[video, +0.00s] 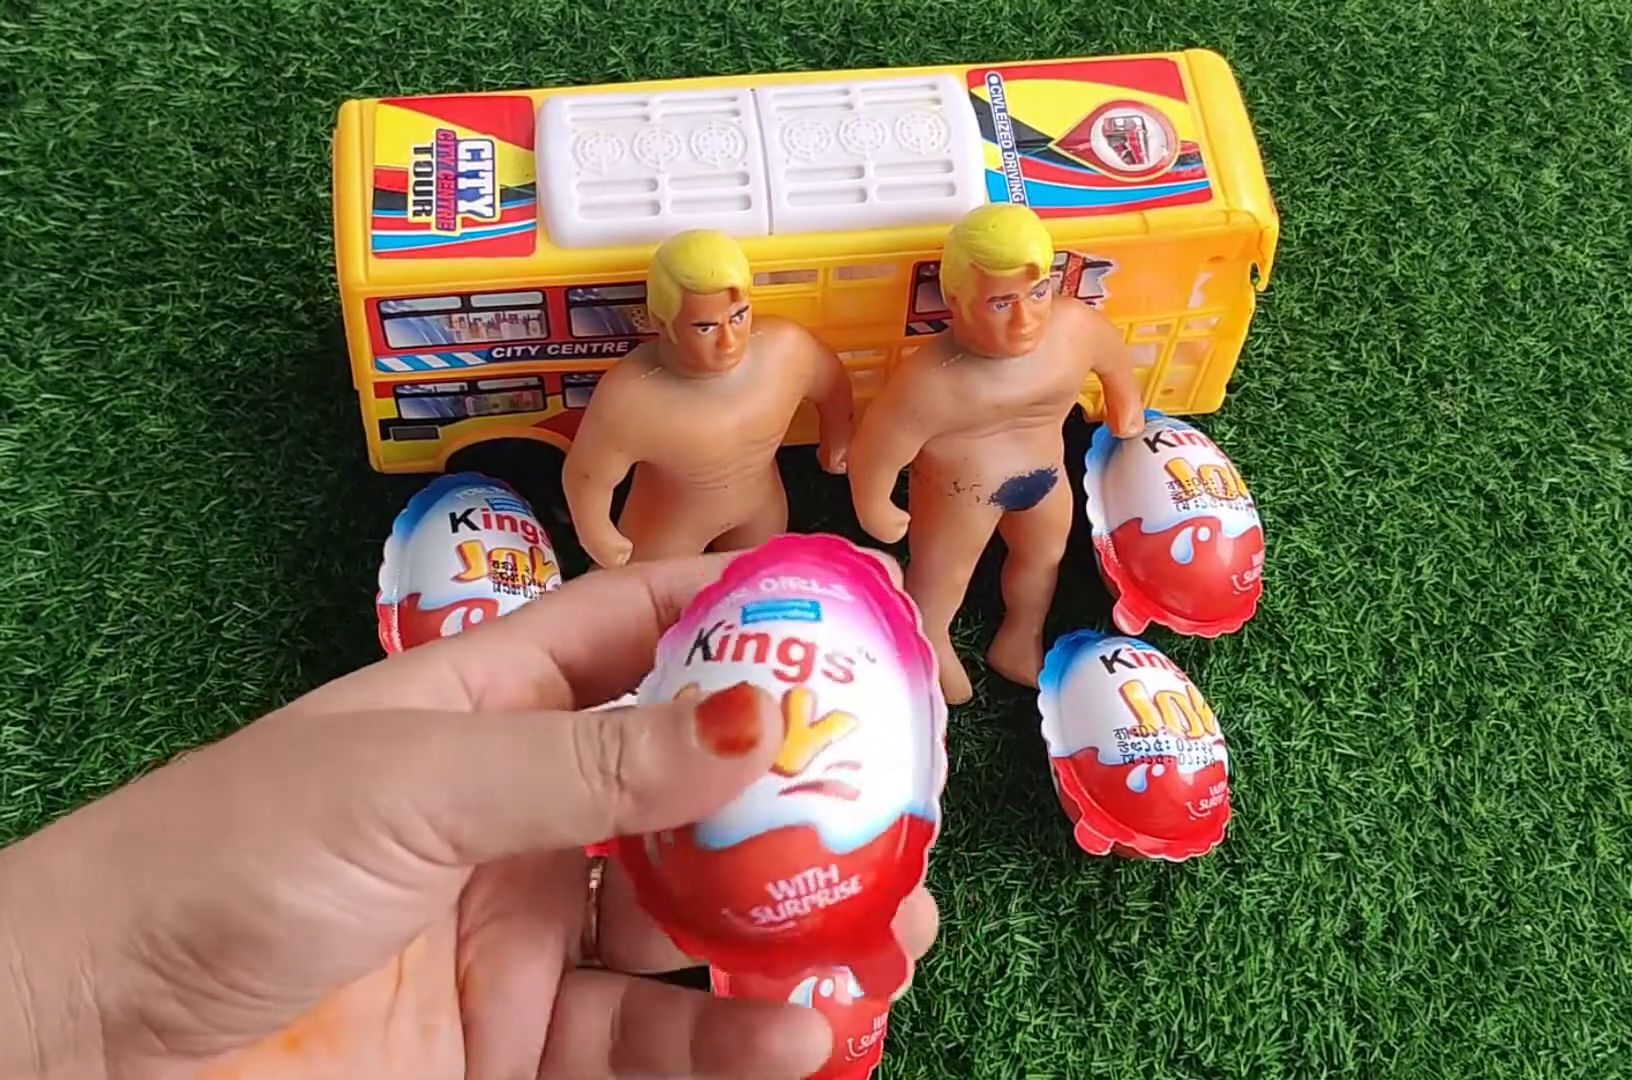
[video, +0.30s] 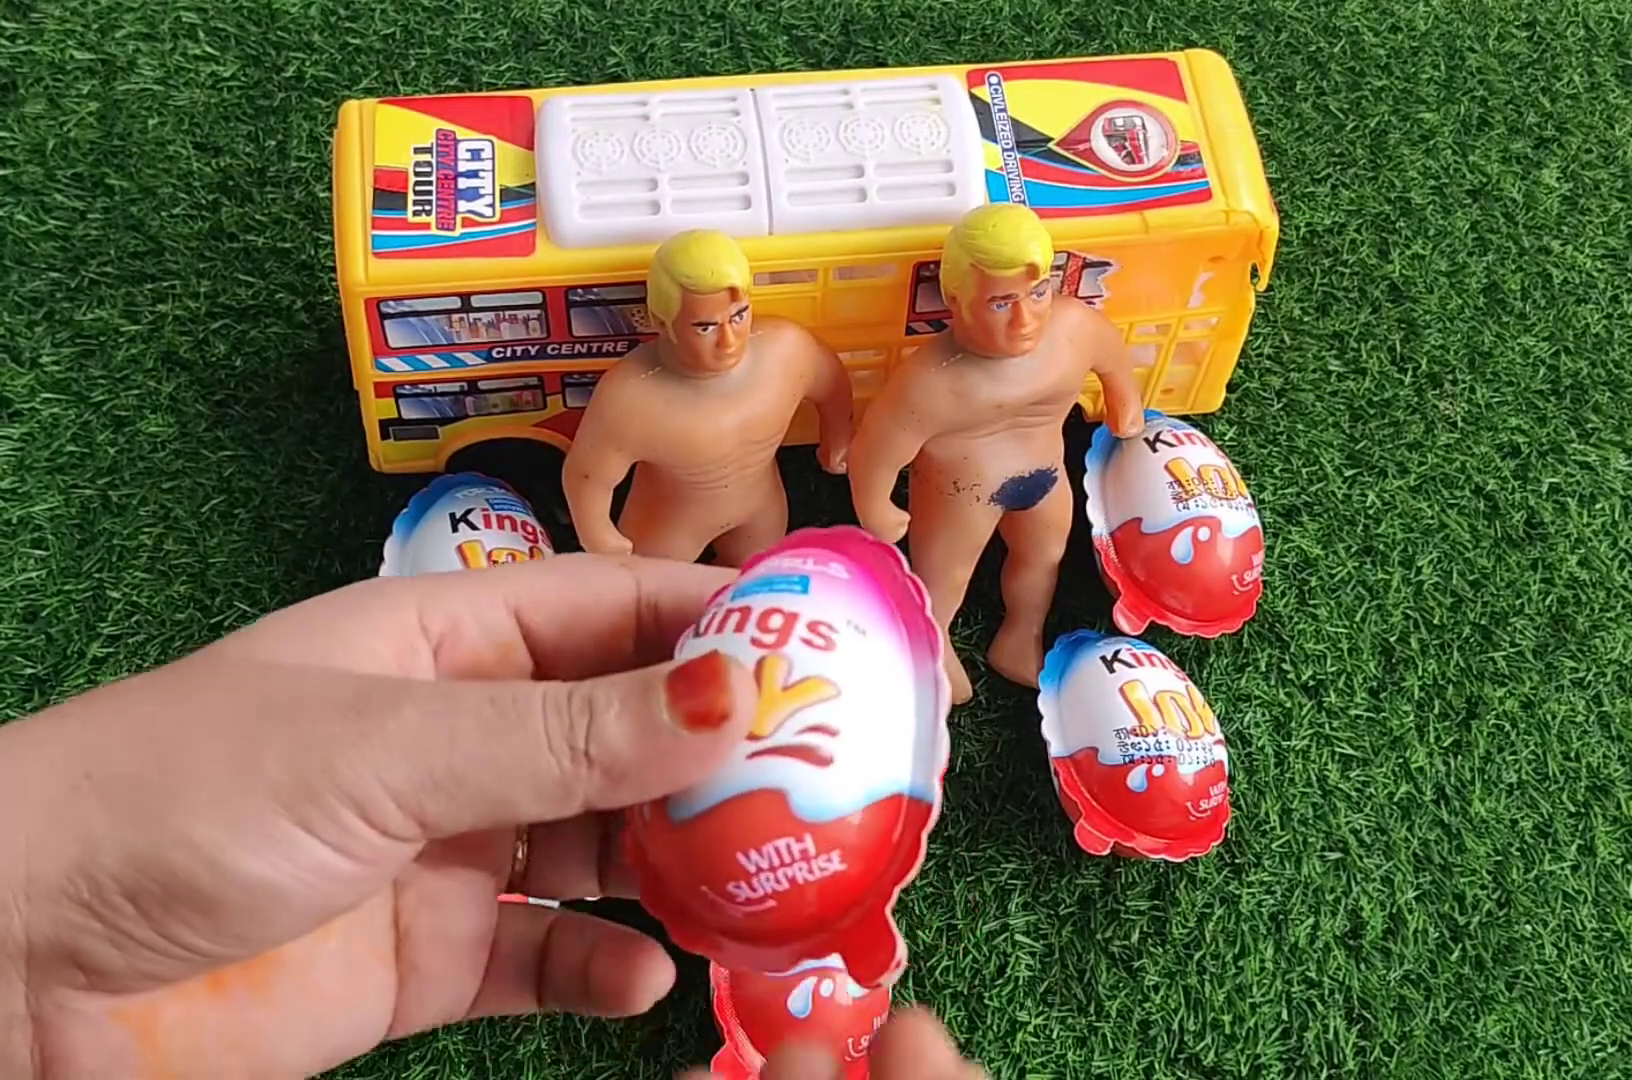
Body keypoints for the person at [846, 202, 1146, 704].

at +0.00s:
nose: (1023, 317)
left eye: (1036, 294)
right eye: (1000, 302)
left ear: (1050, 284)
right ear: (953, 304)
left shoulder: (1079, 328)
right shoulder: (927, 382)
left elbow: (1114, 360)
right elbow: (873, 453)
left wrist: (1126, 410)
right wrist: (878, 515)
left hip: (1045, 477)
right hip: (959, 493)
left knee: (1041, 560)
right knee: (942, 578)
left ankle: (1021, 642)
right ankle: (933, 642)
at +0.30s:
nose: (1023, 317)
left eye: (1036, 295)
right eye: (1000, 303)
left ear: (1051, 284)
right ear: (953, 304)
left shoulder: (1078, 327)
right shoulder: (927, 382)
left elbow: (1114, 359)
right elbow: (873, 452)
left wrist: (1127, 409)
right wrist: (877, 512)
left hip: (1045, 476)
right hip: (959, 491)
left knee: (1041, 560)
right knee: (942, 580)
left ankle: (1020, 642)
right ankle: (934, 648)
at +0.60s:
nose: (1025, 317)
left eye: (1037, 294)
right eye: (1000, 303)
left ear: (1051, 284)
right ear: (952, 303)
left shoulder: (1078, 327)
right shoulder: (927, 381)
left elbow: (1116, 364)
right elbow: (872, 456)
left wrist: (1127, 411)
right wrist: (876, 511)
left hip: (1044, 477)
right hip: (959, 488)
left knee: (1041, 563)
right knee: (946, 573)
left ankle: (1022, 646)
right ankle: (936, 653)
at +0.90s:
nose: (1025, 318)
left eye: (1038, 294)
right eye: (1000, 303)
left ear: (1052, 284)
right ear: (952, 303)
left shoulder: (1078, 327)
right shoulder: (927, 382)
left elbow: (1116, 363)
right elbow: (870, 466)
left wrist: (1127, 412)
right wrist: (882, 548)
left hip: (1044, 478)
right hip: (959, 491)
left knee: (1040, 564)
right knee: (949, 570)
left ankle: (1025, 644)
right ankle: (939, 649)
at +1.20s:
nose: (1025, 318)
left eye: (1037, 294)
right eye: (1000, 303)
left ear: (1051, 284)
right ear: (952, 303)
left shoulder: (1079, 327)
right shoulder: (927, 382)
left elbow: (1116, 364)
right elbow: (870, 465)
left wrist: (1127, 413)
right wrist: (886, 544)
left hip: (1044, 478)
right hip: (959, 490)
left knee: (1040, 564)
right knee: (945, 572)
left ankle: (1024, 646)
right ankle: (931, 649)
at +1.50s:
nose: (1025, 318)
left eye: (1038, 294)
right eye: (1001, 303)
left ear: (1051, 284)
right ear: (952, 303)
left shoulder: (1079, 327)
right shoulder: (928, 381)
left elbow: (1116, 364)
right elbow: (871, 459)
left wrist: (1127, 410)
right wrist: (879, 516)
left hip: (1044, 478)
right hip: (959, 491)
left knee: (1040, 565)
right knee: (942, 579)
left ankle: (1023, 644)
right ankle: (928, 656)